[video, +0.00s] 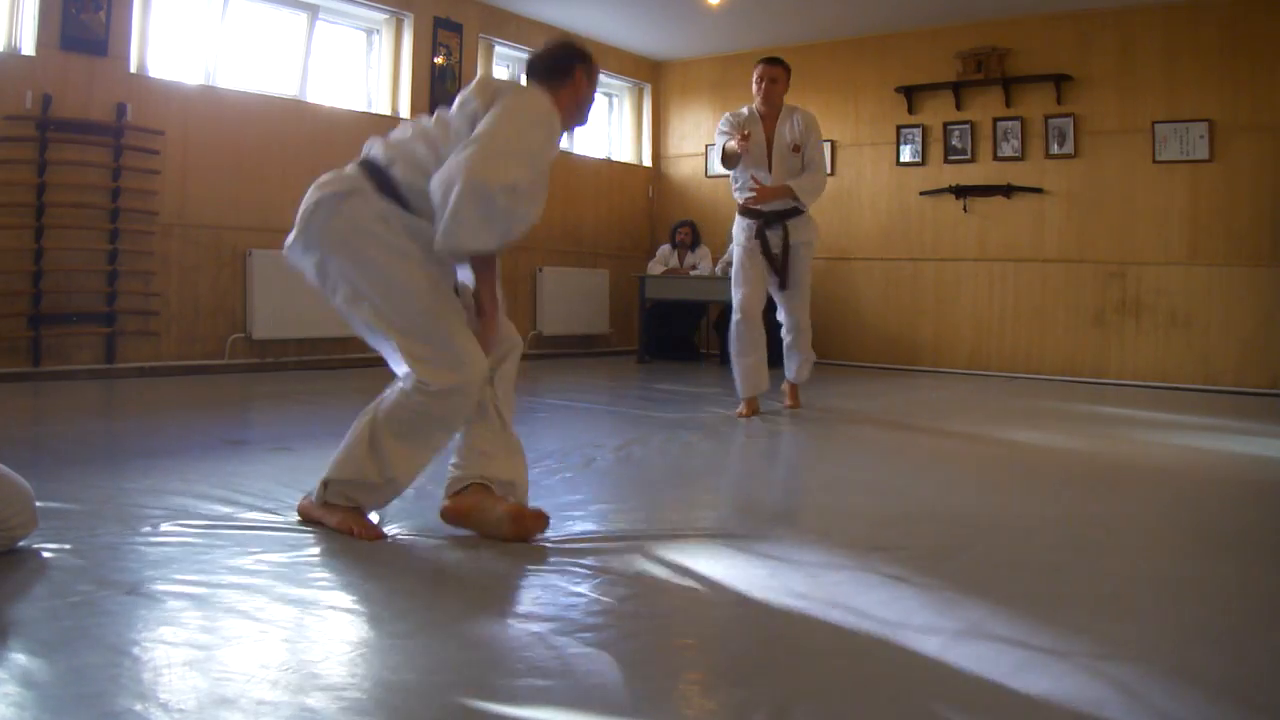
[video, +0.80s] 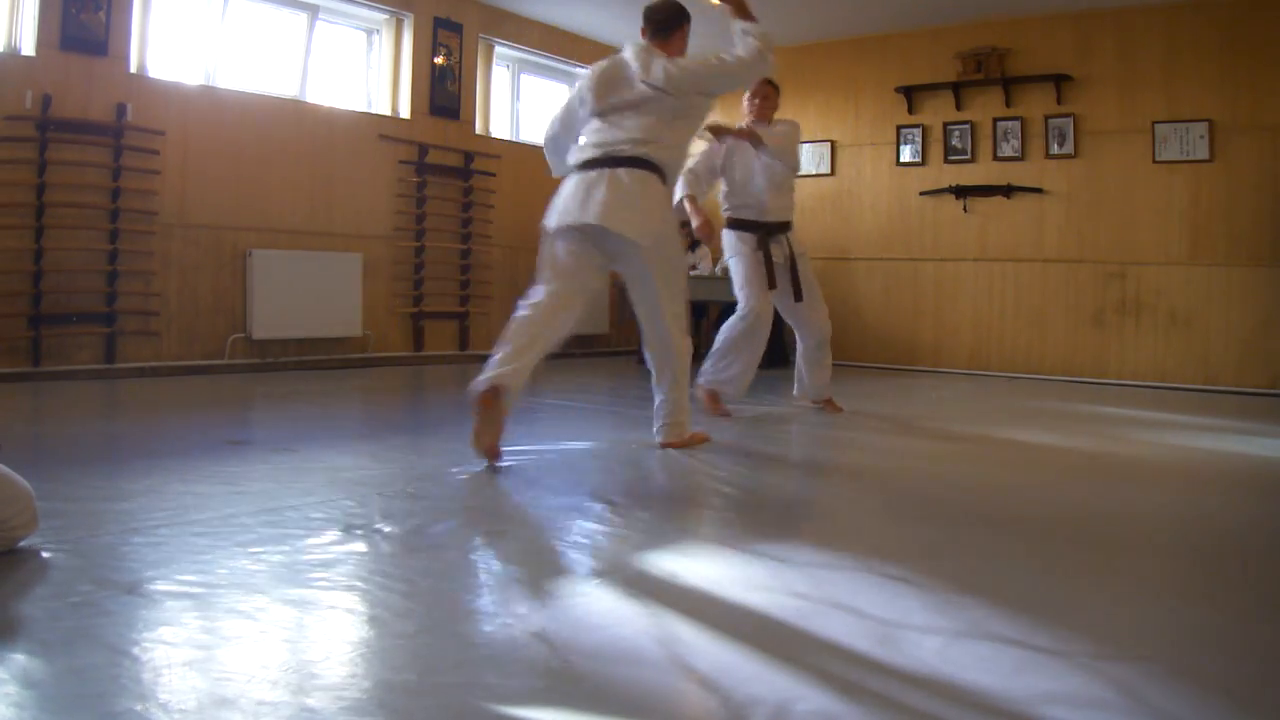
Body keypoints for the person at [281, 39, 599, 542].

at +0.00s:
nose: (592, 103)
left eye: (595, 92)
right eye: (593, 89)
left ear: (545, 74)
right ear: (576, 79)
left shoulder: (512, 104)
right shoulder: (532, 108)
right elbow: (473, 186)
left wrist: (477, 297)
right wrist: (488, 302)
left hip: (391, 226)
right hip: (356, 217)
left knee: (499, 346)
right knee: (452, 373)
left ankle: (476, 489)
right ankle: (334, 498)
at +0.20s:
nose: (585, 22)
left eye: (582, 13)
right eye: (584, 12)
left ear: (532, 13)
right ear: (573, 12)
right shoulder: (559, 48)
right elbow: (531, 119)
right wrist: (536, 204)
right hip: (422, 180)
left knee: (521, 299)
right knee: (435, 354)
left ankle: (433, 419)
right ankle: (338, 495)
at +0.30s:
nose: (586, 12)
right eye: (585, 10)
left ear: (540, 4)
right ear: (575, 5)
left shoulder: (496, 39)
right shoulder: (574, 27)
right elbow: (565, 100)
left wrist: (419, 227)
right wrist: (585, 147)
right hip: (465, 161)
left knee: (512, 319)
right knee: (432, 331)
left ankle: (459, 443)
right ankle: (353, 481)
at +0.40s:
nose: (590, 11)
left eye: (587, 8)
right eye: (590, 7)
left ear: (544, 2)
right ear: (584, 3)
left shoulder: (497, 39)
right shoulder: (579, 26)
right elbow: (623, 92)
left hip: (446, 163)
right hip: (499, 163)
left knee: (470, 315)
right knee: (501, 318)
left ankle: (457, 452)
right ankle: (405, 441)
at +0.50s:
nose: (609, 12)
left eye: (609, 9)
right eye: (607, 7)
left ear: (557, 2)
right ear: (594, 4)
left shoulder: (519, 44)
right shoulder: (597, 30)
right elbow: (670, 72)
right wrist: (694, 42)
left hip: (468, 170)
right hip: (528, 168)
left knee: (477, 317)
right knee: (574, 319)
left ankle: (455, 449)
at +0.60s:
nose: (637, 14)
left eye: (634, 11)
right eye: (636, 10)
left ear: (585, 7)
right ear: (627, 8)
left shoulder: (547, 47)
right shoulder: (633, 39)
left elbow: (533, 124)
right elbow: (700, 42)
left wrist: (597, 176)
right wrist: (714, 12)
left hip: (500, 175)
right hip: (560, 175)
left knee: (485, 315)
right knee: (618, 305)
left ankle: (453, 435)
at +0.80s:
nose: (684, 45)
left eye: (683, 38)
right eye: (685, 37)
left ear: (642, 32)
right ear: (681, 35)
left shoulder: (601, 73)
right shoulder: (689, 78)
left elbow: (555, 136)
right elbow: (754, 59)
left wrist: (575, 177)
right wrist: (743, 16)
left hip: (578, 191)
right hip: (637, 193)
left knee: (555, 295)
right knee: (665, 315)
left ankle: (496, 381)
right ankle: (672, 426)